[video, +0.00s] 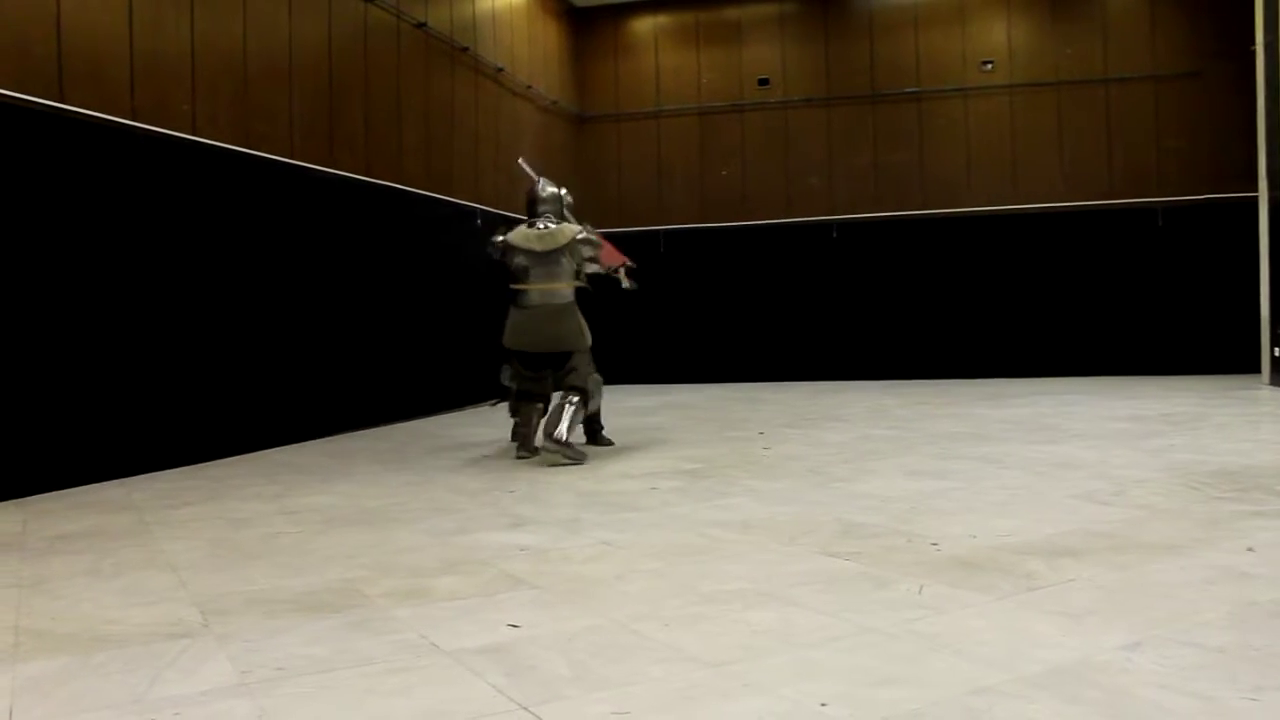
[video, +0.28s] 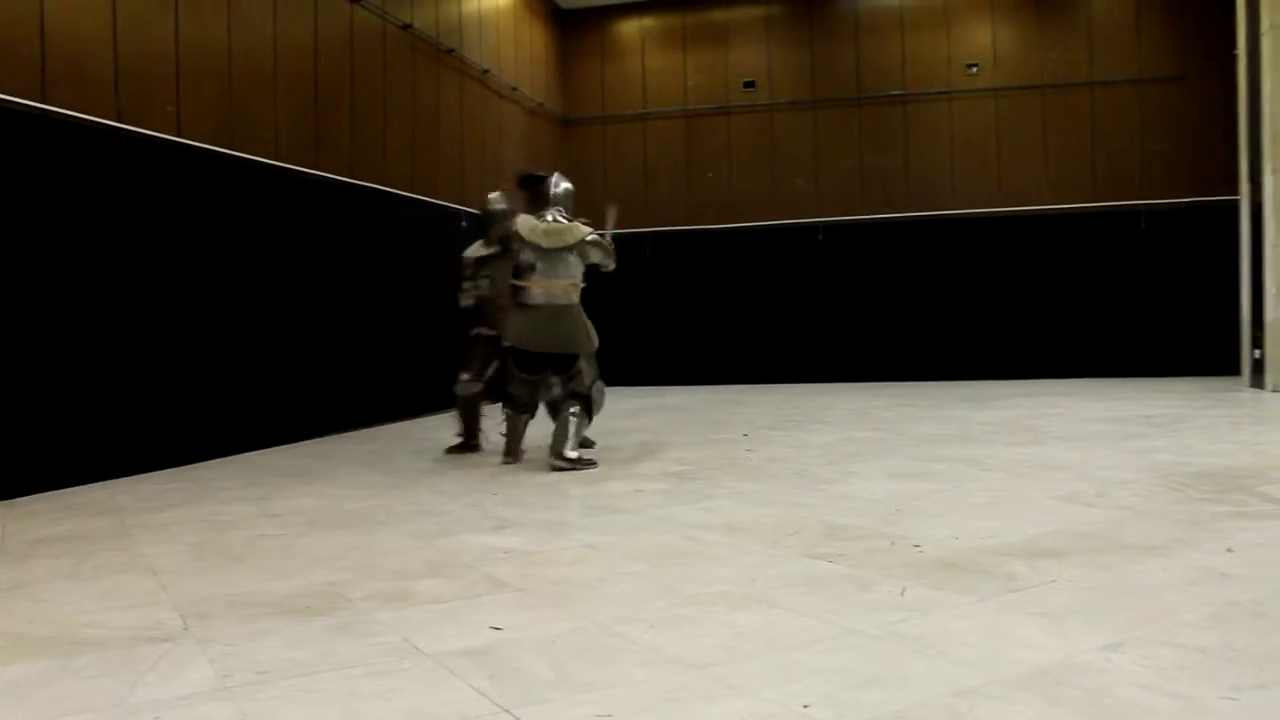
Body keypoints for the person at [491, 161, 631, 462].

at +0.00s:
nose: (566, 203)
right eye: (564, 199)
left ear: (530, 207)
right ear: (561, 207)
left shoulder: (513, 241)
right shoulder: (574, 238)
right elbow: (601, 262)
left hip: (526, 327)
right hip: (565, 328)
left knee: (529, 381)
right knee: (579, 379)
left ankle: (525, 442)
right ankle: (558, 434)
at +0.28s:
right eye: (570, 201)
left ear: (544, 199)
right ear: (571, 202)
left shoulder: (522, 229)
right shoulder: (581, 235)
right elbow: (608, 260)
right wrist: (603, 238)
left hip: (526, 318)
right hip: (567, 321)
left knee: (521, 385)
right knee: (581, 386)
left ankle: (512, 449)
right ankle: (565, 449)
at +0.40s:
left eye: (525, 195)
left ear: (527, 197)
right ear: (557, 198)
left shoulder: (511, 226)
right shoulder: (570, 235)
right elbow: (582, 272)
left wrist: (493, 197)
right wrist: (586, 248)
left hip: (514, 320)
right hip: (554, 322)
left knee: (513, 379)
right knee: (556, 387)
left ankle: (502, 439)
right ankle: (542, 451)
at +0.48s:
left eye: (529, 194)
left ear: (524, 194)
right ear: (555, 196)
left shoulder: (506, 225)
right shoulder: (567, 235)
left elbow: (481, 264)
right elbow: (577, 275)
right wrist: (583, 250)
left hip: (510, 319)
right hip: (551, 320)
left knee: (506, 378)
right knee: (547, 388)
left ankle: (510, 430)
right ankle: (538, 455)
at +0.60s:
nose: (527, 196)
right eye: (534, 190)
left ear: (510, 189)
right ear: (543, 191)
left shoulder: (491, 221)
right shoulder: (560, 234)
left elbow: (469, 259)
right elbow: (562, 273)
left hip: (500, 323)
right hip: (543, 324)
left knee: (507, 392)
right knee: (540, 390)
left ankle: (512, 461)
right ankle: (534, 457)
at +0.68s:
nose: (519, 191)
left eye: (509, 183)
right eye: (523, 184)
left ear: (500, 185)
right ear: (533, 186)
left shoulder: (481, 222)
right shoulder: (551, 229)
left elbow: (452, 255)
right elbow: (557, 254)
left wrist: (452, 210)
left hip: (495, 327)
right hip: (541, 328)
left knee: (505, 399)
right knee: (541, 391)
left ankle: (507, 472)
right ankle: (539, 459)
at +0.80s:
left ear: (485, 178)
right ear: (521, 176)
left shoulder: (471, 218)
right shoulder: (542, 218)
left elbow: (447, 272)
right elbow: (548, 252)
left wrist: (446, 245)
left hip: (489, 324)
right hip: (534, 324)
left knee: (492, 403)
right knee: (539, 392)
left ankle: (495, 473)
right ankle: (549, 460)